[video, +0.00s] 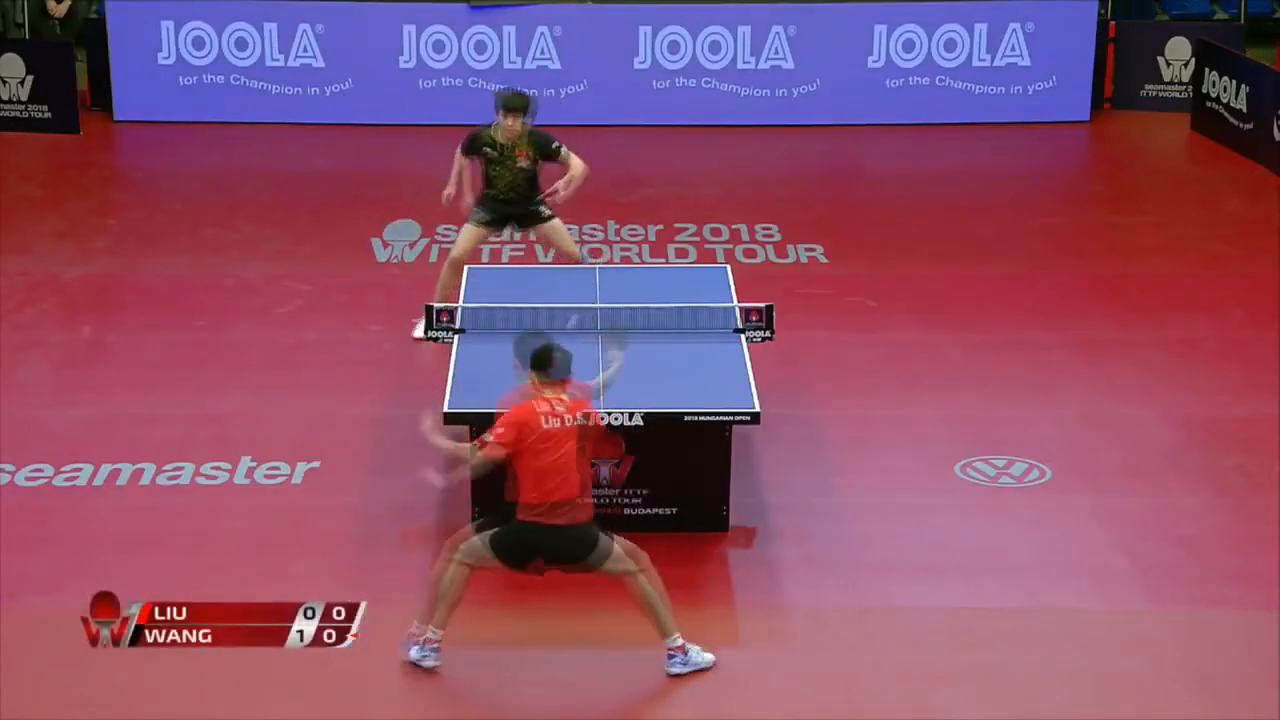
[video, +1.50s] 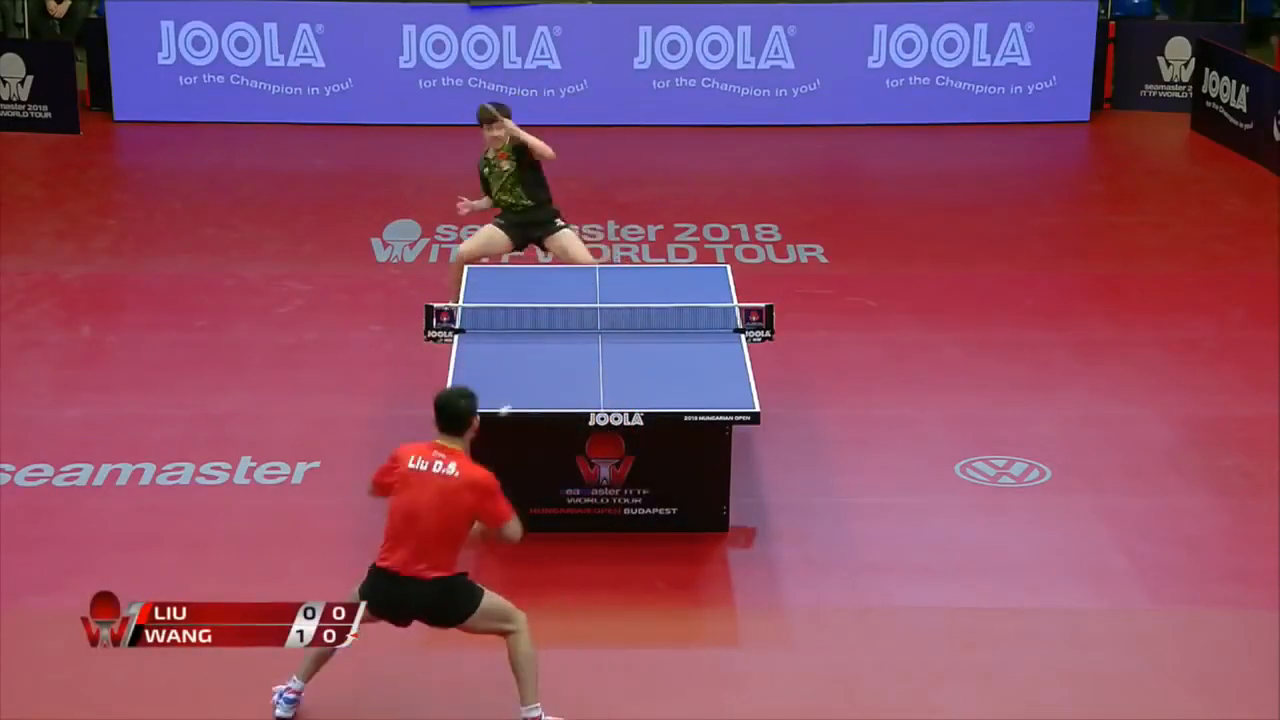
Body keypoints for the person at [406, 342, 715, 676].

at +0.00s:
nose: (529, 376)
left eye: (530, 371)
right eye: (561, 375)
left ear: (532, 375)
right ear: (567, 376)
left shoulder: (522, 415)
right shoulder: (583, 411)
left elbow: (476, 460)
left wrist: (437, 439)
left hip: (530, 532)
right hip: (578, 534)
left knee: (462, 556)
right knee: (635, 566)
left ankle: (429, 644)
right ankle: (678, 649)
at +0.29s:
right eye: (512, 358)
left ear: (478, 364)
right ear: (516, 363)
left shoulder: (461, 410)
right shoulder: (538, 404)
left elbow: (422, 461)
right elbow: (593, 415)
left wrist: (416, 446)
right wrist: (619, 385)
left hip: (479, 527)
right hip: (532, 527)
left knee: (424, 573)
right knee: (592, 576)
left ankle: (398, 664)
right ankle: (623, 667)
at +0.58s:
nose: (537, 404)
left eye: (530, 398)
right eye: (536, 400)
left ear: (496, 400)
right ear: (531, 406)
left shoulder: (467, 435)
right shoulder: (536, 452)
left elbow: (439, 481)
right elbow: (557, 514)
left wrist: (476, 494)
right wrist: (575, 513)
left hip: (451, 555)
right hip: (504, 562)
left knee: (405, 595)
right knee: (572, 588)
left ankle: (350, 666)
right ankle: (605, 680)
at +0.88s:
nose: (448, 398)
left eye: (446, 391)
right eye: (448, 391)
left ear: (409, 396)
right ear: (439, 397)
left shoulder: (388, 437)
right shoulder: (455, 430)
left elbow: (420, 423)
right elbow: (505, 416)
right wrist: (472, 373)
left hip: (422, 553)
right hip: (472, 551)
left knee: (392, 574)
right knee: (556, 578)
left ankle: (349, 644)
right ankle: (553, 668)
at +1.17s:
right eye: (423, 387)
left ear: (388, 397)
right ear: (426, 392)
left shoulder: (378, 454)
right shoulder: (453, 424)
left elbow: (363, 516)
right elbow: (502, 409)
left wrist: (371, 483)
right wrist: (467, 363)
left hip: (415, 561)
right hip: (468, 555)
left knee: (372, 578)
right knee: (531, 586)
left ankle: (344, 664)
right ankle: (560, 676)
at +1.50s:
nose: (476, 423)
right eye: (476, 417)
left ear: (435, 421)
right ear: (472, 424)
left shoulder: (405, 456)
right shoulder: (478, 478)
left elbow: (376, 489)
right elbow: (513, 532)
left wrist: (420, 485)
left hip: (385, 586)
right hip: (438, 592)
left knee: (343, 619)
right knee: (515, 622)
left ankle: (291, 690)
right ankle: (533, 713)